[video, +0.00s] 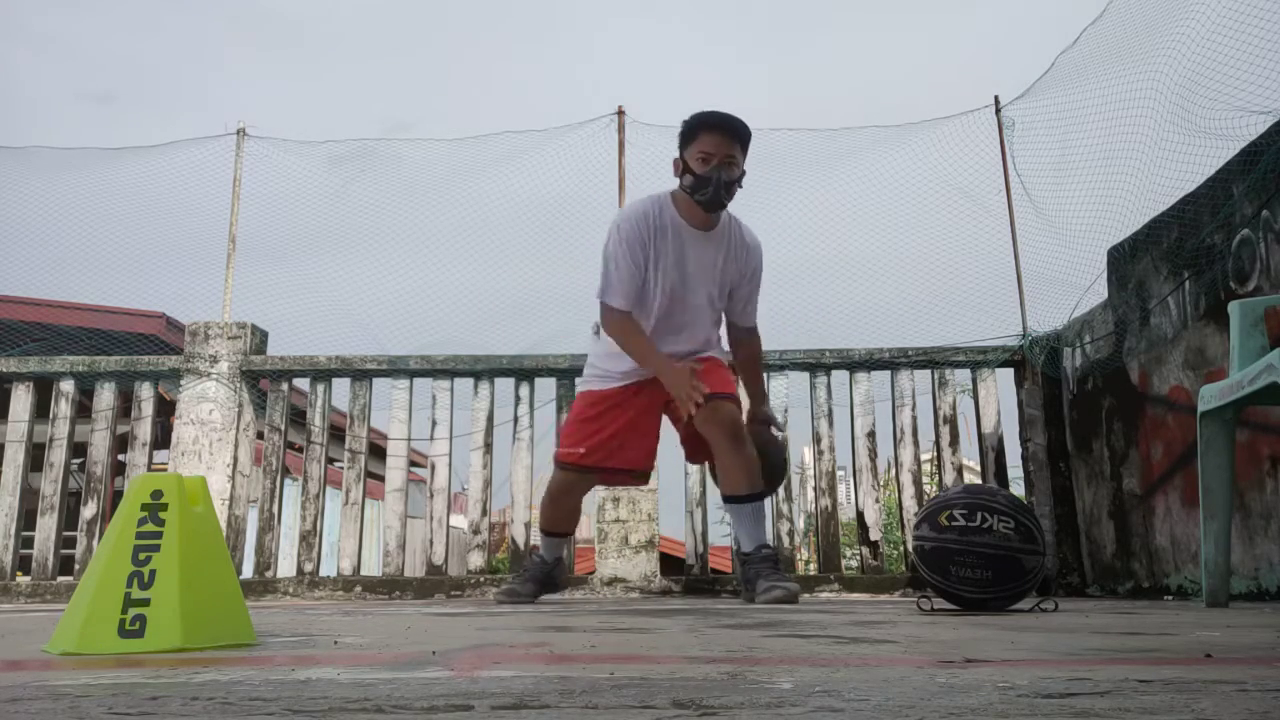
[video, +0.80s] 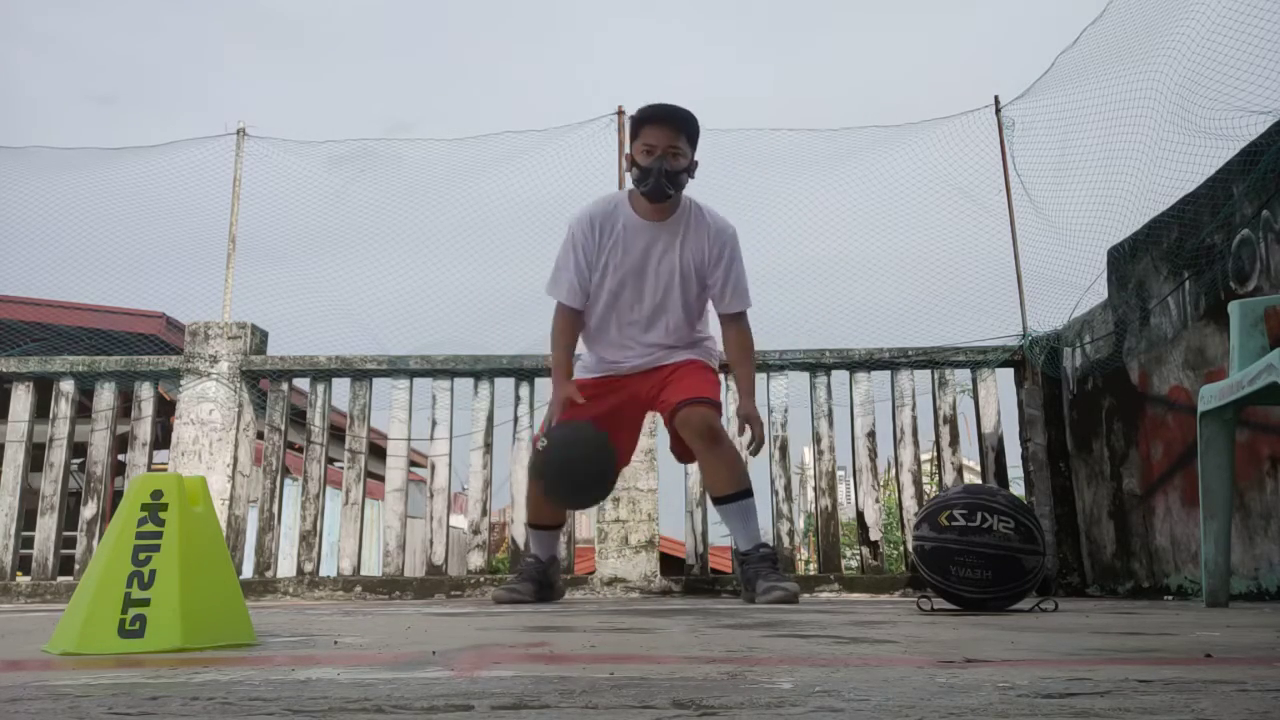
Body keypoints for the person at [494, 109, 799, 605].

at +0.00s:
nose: (718, 174)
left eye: (730, 164)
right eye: (706, 160)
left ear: (742, 174)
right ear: (681, 164)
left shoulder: (743, 246)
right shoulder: (636, 223)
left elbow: (745, 331)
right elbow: (615, 316)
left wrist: (759, 405)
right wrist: (665, 369)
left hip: (696, 362)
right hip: (622, 362)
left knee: (729, 426)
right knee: (571, 470)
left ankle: (757, 563)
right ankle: (547, 564)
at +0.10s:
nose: (733, 178)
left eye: (745, 168)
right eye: (721, 164)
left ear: (756, 176)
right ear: (695, 165)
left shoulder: (753, 241)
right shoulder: (650, 224)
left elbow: (771, 309)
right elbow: (628, 317)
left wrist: (811, 363)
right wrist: (691, 352)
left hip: (700, 364)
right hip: (626, 368)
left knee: (730, 424)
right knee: (588, 475)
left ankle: (759, 566)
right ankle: (549, 558)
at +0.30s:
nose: (714, 166)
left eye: (727, 156)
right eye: (703, 152)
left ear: (741, 162)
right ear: (680, 153)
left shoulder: (747, 226)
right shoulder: (642, 215)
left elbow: (769, 307)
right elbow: (649, 311)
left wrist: (799, 365)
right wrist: (702, 366)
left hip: (697, 354)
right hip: (622, 356)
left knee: (729, 429)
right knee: (580, 461)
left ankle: (759, 564)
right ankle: (547, 556)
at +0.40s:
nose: (688, 158)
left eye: (700, 148)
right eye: (677, 145)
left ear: (716, 155)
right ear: (656, 148)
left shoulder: (728, 221)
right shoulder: (620, 214)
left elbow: (723, 311)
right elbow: (629, 310)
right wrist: (649, 390)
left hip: (689, 355)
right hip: (618, 357)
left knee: (725, 430)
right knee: (571, 460)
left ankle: (761, 563)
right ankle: (542, 565)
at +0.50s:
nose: (659, 165)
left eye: (674, 154)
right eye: (648, 151)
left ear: (691, 161)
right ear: (630, 155)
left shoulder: (709, 227)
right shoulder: (598, 223)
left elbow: (708, 316)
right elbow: (577, 313)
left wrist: (689, 379)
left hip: (681, 362)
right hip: (607, 366)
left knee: (710, 426)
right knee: (556, 448)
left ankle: (758, 561)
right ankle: (541, 568)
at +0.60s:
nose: (642, 171)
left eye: (655, 161)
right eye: (631, 159)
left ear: (674, 169)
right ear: (613, 164)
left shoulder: (699, 235)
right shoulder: (584, 229)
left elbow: (724, 320)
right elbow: (548, 304)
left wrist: (711, 369)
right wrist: (499, 346)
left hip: (680, 365)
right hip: (605, 370)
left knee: (699, 425)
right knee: (542, 447)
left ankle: (756, 561)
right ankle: (540, 569)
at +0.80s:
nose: (657, 165)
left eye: (671, 154)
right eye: (646, 152)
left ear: (691, 164)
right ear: (629, 157)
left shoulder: (713, 233)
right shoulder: (592, 225)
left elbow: (734, 319)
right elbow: (569, 309)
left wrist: (747, 397)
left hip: (682, 362)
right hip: (604, 369)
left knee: (702, 425)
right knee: (550, 452)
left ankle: (755, 562)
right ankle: (541, 568)